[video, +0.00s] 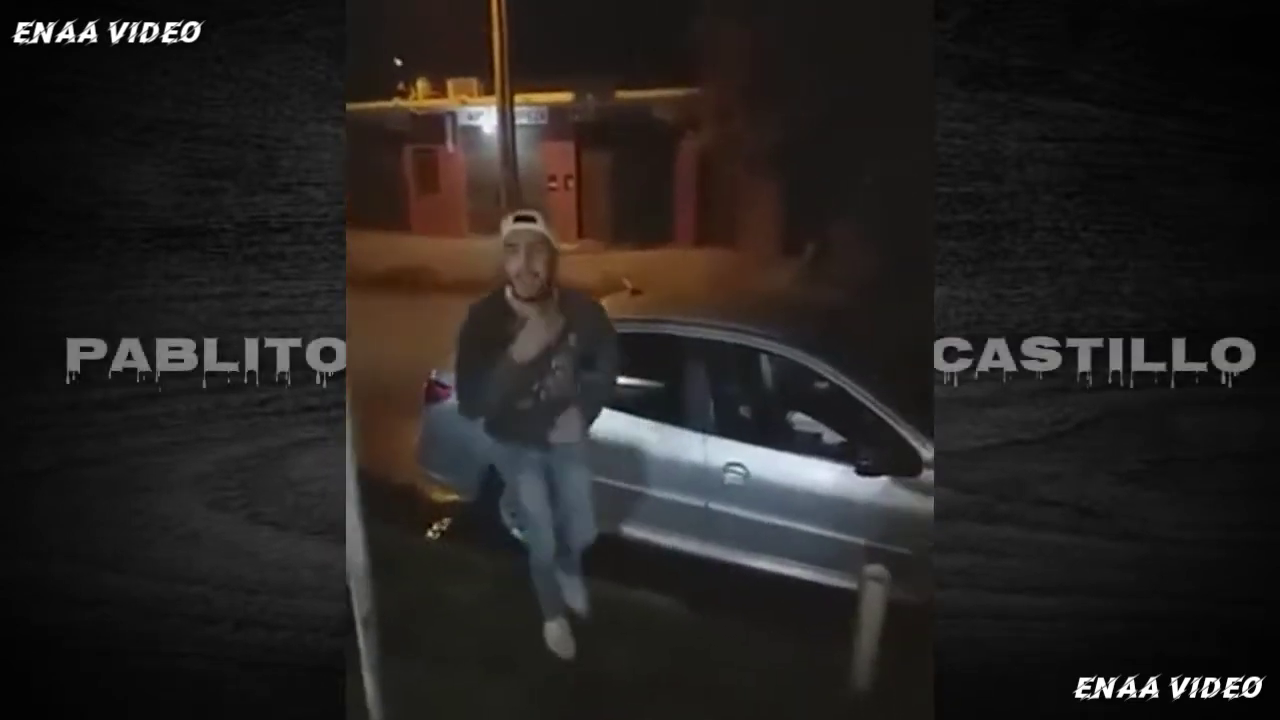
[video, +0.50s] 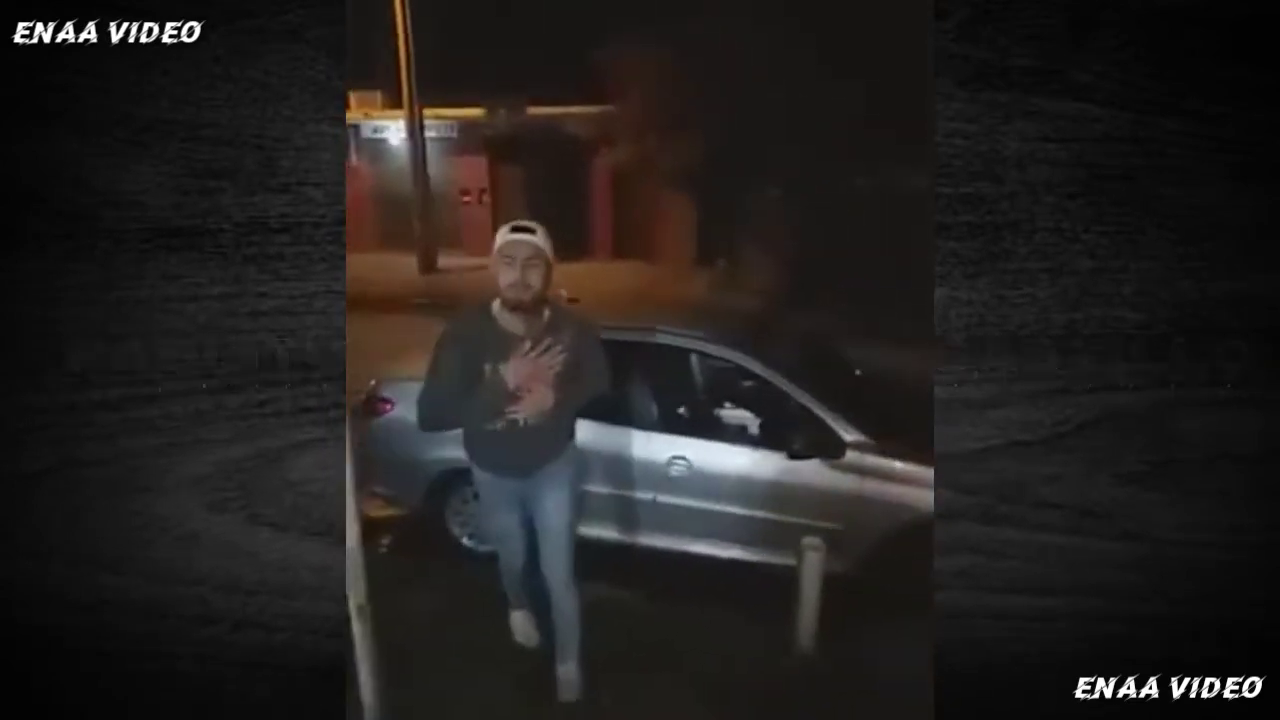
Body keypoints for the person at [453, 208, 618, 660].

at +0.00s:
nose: (528, 264)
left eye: (537, 253)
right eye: (516, 253)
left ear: (552, 260)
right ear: (503, 262)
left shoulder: (581, 310)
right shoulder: (484, 318)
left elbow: (605, 369)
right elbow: (472, 404)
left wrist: (580, 410)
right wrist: (520, 352)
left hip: (567, 433)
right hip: (513, 437)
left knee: (581, 533)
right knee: (542, 538)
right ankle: (551, 614)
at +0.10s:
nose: (529, 271)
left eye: (539, 260)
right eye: (518, 260)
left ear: (554, 267)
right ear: (504, 267)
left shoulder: (577, 316)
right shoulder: (482, 321)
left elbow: (606, 361)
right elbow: (462, 406)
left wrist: (566, 392)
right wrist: (524, 364)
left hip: (568, 446)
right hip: (513, 453)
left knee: (587, 543)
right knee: (538, 547)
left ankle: (580, 611)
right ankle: (547, 624)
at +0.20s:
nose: (514, 276)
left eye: (524, 265)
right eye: (502, 265)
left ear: (539, 272)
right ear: (488, 272)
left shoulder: (561, 321)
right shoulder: (465, 331)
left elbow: (592, 368)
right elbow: (442, 411)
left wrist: (554, 393)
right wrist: (508, 372)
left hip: (553, 452)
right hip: (497, 461)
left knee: (569, 560)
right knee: (521, 558)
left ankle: (577, 655)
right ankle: (530, 629)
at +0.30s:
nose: (490, 277)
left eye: (501, 266)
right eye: (478, 266)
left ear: (516, 273)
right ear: (463, 272)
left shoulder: (539, 326)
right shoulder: (439, 331)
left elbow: (570, 371)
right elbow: (413, 415)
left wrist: (530, 400)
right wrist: (479, 376)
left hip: (527, 458)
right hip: (469, 465)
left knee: (538, 565)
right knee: (490, 557)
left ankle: (553, 676)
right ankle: (500, 628)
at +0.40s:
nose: (495, 282)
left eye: (506, 272)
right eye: (484, 271)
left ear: (522, 279)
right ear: (469, 278)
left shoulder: (543, 332)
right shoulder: (443, 335)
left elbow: (576, 392)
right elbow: (413, 418)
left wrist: (530, 403)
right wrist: (484, 384)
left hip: (530, 468)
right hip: (472, 473)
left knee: (537, 577)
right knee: (492, 564)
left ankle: (551, 686)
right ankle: (501, 627)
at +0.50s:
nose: (521, 275)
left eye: (533, 264)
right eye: (509, 263)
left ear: (549, 272)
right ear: (495, 270)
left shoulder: (571, 328)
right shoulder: (467, 331)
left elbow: (597, 385)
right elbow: (432, 415)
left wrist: (554, 399)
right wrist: (504, 382)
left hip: (553, 463)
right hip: (494, 468)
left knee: (558, 573)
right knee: (513, 554)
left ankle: (569, 671)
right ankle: (518, 608)